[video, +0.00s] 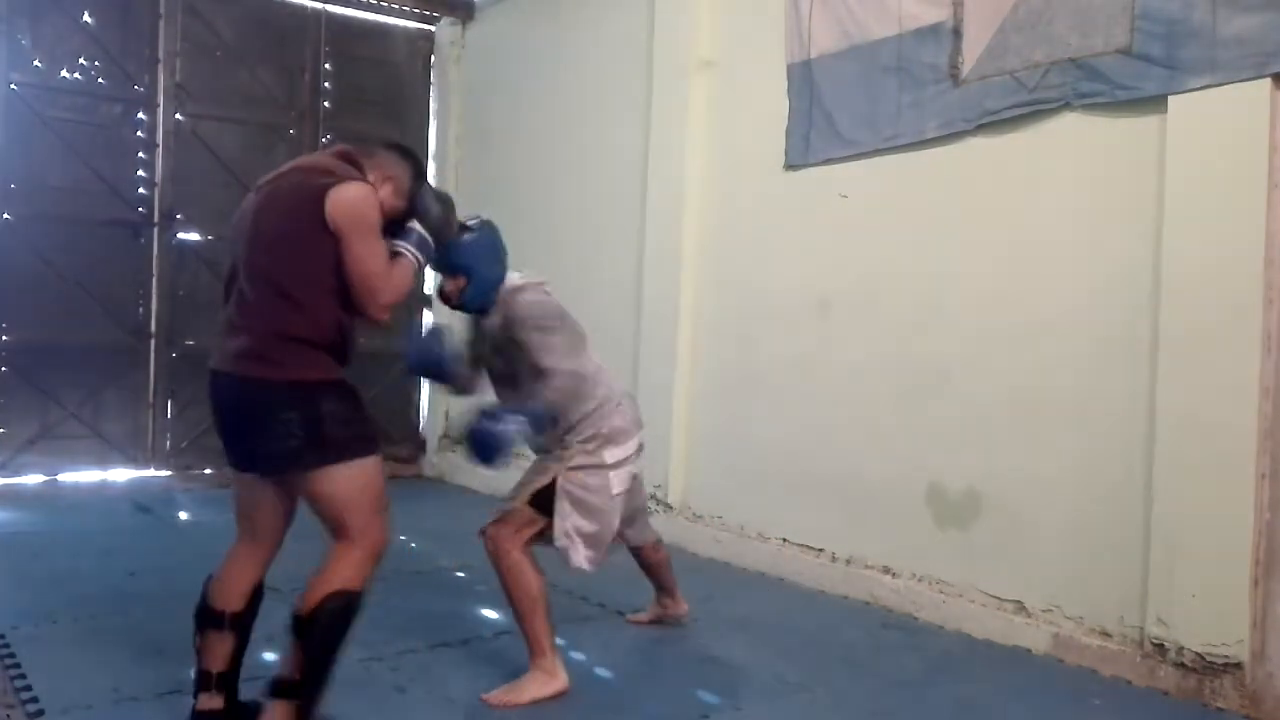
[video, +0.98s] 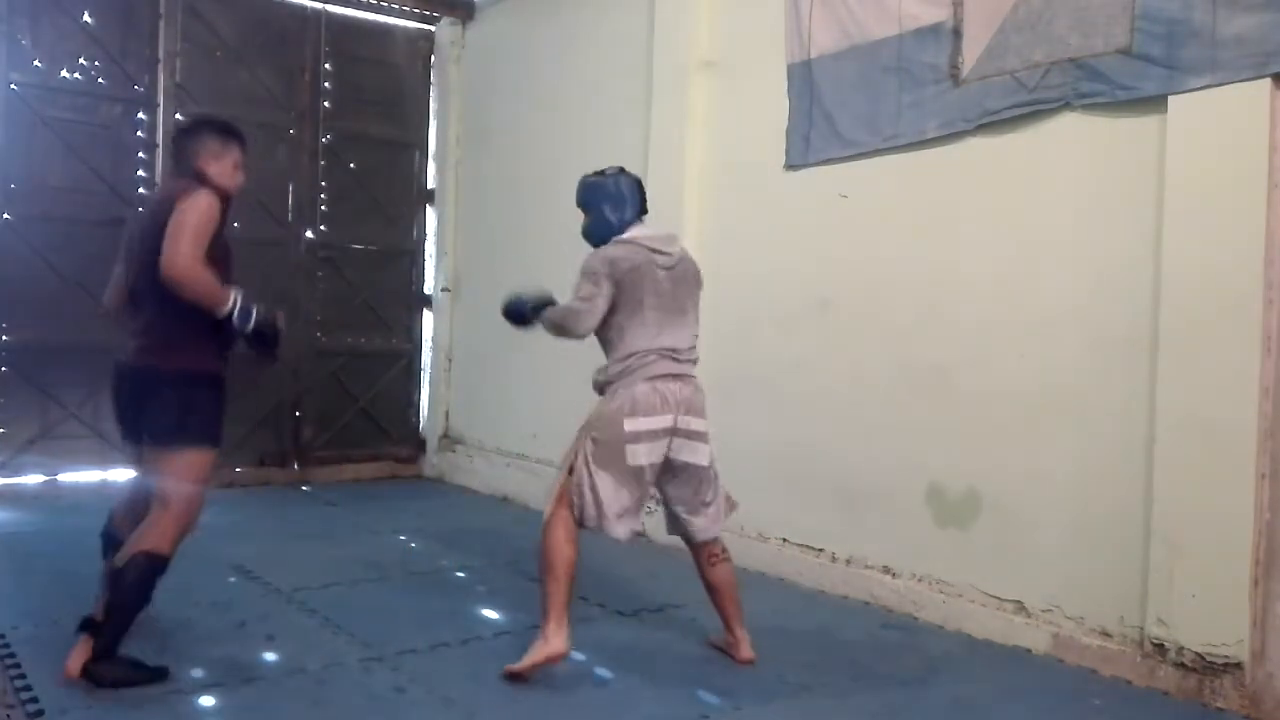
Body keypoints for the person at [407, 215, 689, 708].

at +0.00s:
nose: (442, 287)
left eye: (448, 277)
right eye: (442, 276)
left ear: (474, 276)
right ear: (478, 274)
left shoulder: (527, 307)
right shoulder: (489, 316)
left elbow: (570, 380)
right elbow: (481, 377)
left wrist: (517, 419)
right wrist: (444, 368)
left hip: (600, 440)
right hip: (592, 435)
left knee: (503, 537)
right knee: (633, 524)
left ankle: (546, 669)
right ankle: (671, 601)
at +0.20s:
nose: (447, 277)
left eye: (455, 264)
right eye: (447, 264)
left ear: (480, 262)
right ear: (495, 256)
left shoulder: (508, 301)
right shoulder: (538, 284)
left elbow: (506, 376)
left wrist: (427, 379)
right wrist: (475, 330)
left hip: (586, 439)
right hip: (616, 426)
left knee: (498, 541)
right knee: (637, 520)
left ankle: (545, 668)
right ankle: (690, 598)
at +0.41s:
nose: (498, 242)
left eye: (507, 231)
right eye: (497, 230)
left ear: (536, 231)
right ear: (530, 233)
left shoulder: (572, 269)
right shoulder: (527, 287)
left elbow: (603, 336)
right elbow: (484, 324)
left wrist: (536, 340)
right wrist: (444, 274)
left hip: (607, 426)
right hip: (609, 425)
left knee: (516, 541)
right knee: (646, 529)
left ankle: (549, 674)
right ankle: (710, 618)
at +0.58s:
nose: (515, 226)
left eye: (518, 218)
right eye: (516, 218)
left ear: (531, 219)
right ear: (578, 216)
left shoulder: (536, 258)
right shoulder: (613, 260)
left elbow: (461, 241)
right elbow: (584, 302)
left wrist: (394, 207)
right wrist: (523, 310)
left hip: (613, 415)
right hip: (664, 404)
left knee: (549, 541)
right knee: (676, 513)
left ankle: (552, 675)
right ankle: (710, 610)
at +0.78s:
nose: (555, 219)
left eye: (559, 210)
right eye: (557, 209)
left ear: (573, 215)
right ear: (616, 211)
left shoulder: (567, 266)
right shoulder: (662, 260)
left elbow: (517, 330)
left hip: (627, 412)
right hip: (681, 406)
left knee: (570, 534)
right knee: (701, 531)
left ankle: (553, 673)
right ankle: (738, 638)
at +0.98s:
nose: (582, 224)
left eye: (585, 214)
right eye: (581, 214)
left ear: (604, 213)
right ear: (640, 207)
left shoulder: (608, 257)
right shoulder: (684, 259)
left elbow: (580, 320)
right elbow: (662, 321)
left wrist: (540, 311)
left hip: (634, 403)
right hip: (688, 401)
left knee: (564, 511)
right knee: (701, 524)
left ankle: (554, 632)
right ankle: (739, 637)